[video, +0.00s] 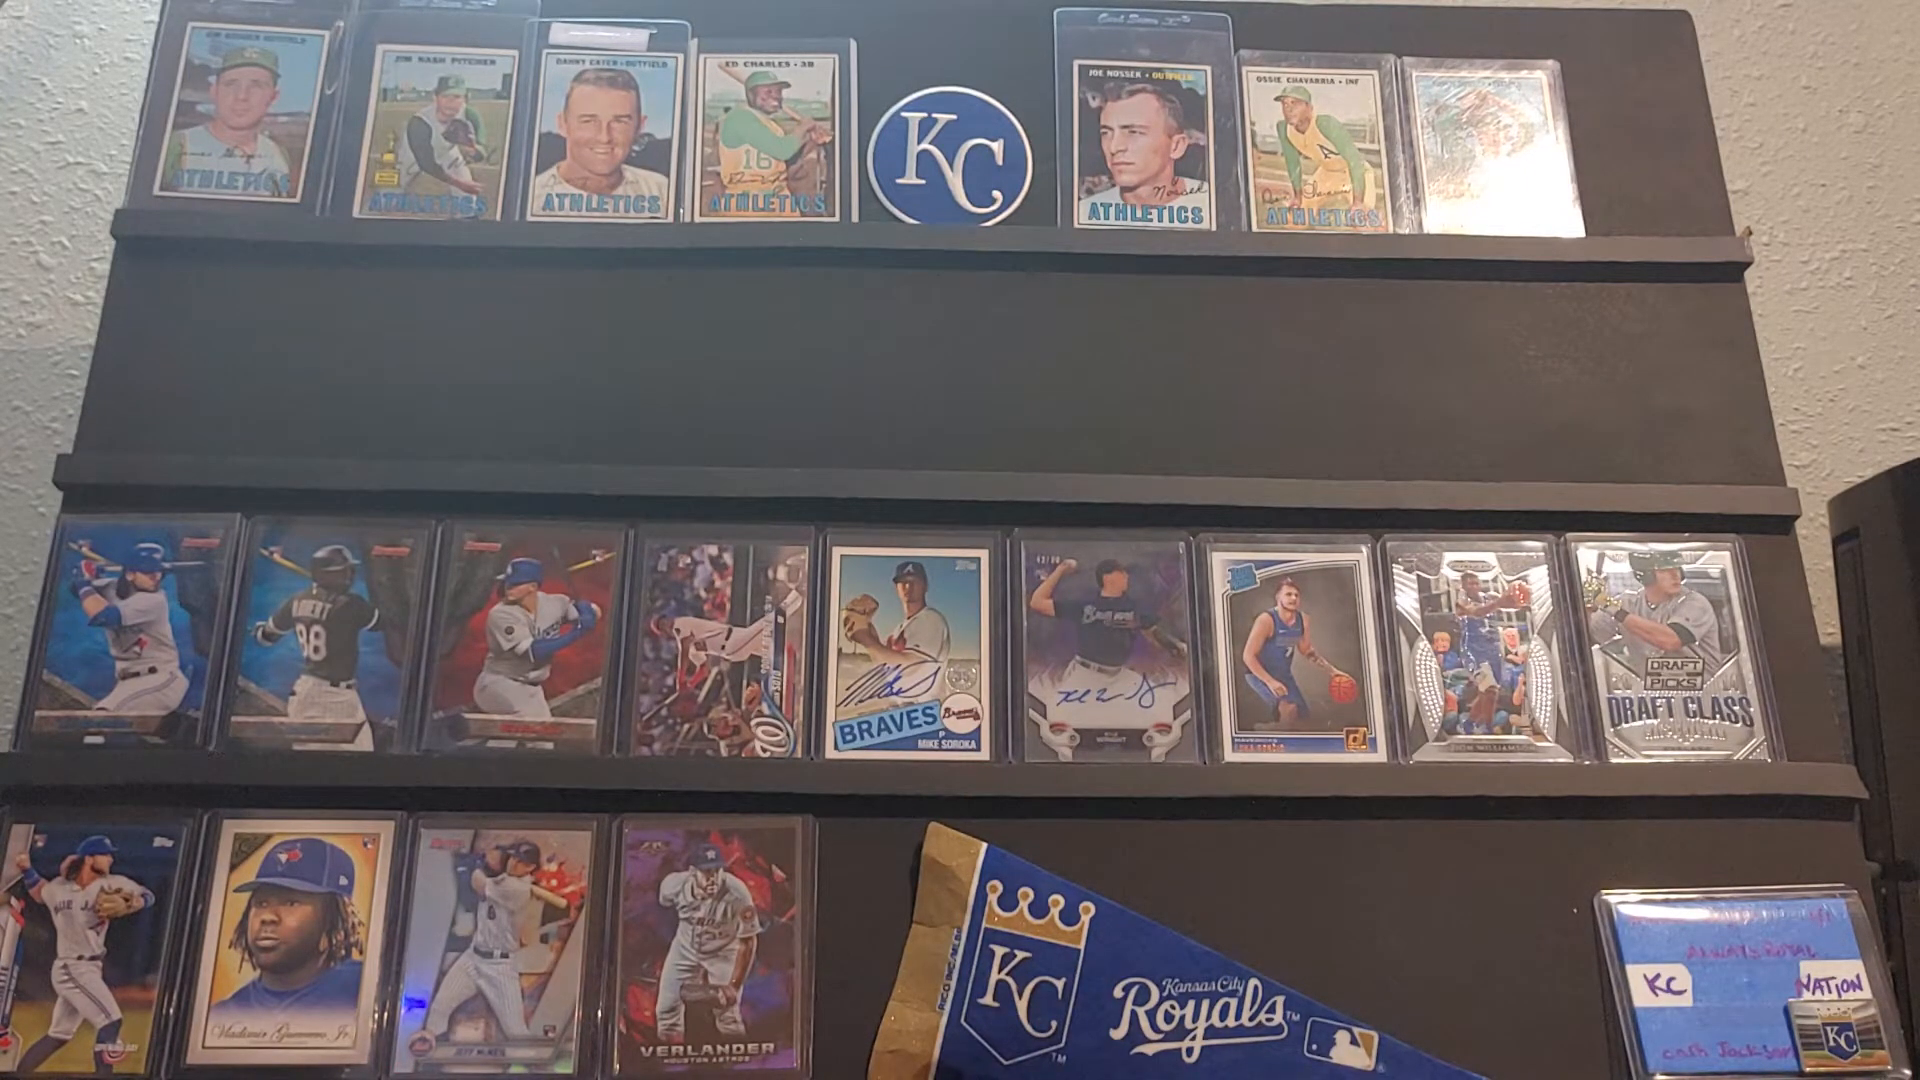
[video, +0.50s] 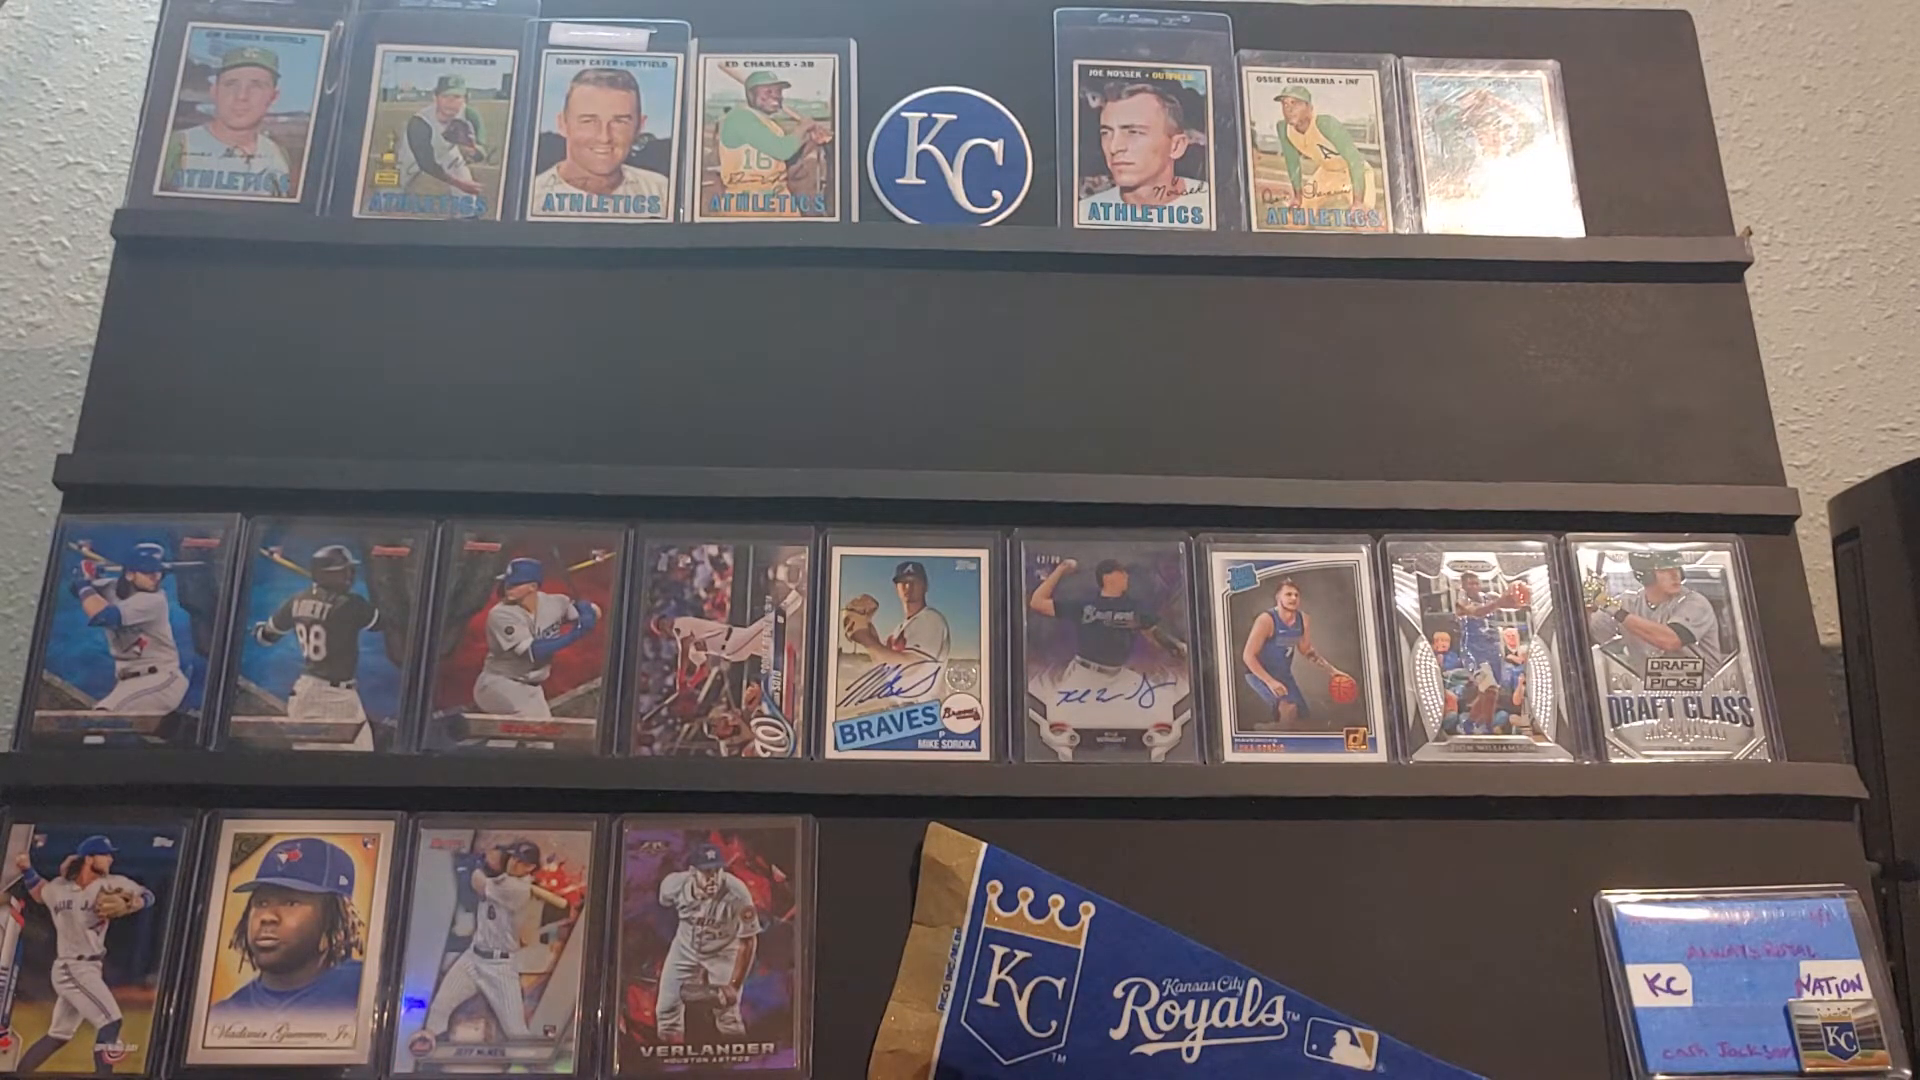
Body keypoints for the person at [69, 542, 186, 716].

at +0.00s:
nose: (156, 577)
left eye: (159, 572)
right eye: (148, 572)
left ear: (162, 572)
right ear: (130, 574)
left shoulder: (154, 600)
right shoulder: (113, 588)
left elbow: (104, 617)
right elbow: (79, 588)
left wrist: (82, 585)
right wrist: (88, 573)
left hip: (163, 679)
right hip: (129, 682)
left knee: (100, 717)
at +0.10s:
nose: (156, 577)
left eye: (159, 571)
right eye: (149, 572)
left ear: (162, 572)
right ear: (130, 574)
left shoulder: (154, 600)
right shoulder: (113, 587)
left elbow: (104, 616)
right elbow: (79, 588)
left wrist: (82, 585)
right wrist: (88, 572)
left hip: (163, 679)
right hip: (129, 682)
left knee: (100, 717)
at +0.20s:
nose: (156, 577)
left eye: (158, 571)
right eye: (149, 572)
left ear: (162, 572)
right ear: (130, 574)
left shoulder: (154, 600)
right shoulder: (113, 587)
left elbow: (104, 616)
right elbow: (79, 588)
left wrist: (82, 585)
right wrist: (88, 573)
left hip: (163, 679)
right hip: (129, 682)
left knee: (100, 717)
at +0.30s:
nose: (156, 576)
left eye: (158, 571)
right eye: (149, 572)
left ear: (162, 572)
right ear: (130, 574)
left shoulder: (154, 600)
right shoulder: (113, 587)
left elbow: (104, 616)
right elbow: (79, 588)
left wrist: (82, 585)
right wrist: (88, 574)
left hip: (163, 679)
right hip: (129, 682)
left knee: (100, 717)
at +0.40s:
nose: (156, 577)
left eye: (158, 571)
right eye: (148, 571)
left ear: (162, 572)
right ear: (130, 574)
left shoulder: (154, 600)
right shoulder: (113, 587)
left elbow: (104, 616)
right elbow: (79, 588)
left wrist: (82, 585)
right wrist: (88, 574)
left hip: (163, 679)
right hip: (129, 682)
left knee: (100, 717)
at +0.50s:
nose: (156, 576)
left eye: (158, 571)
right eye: (148, 571)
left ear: (162, 572)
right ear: (130, 574)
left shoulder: (154, 600)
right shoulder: (113, 587)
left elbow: (104, 617)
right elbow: (79, 588)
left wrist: (82, 585)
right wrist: (88, 574)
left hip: (163, 679)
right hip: (129, 682)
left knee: (100, 717)